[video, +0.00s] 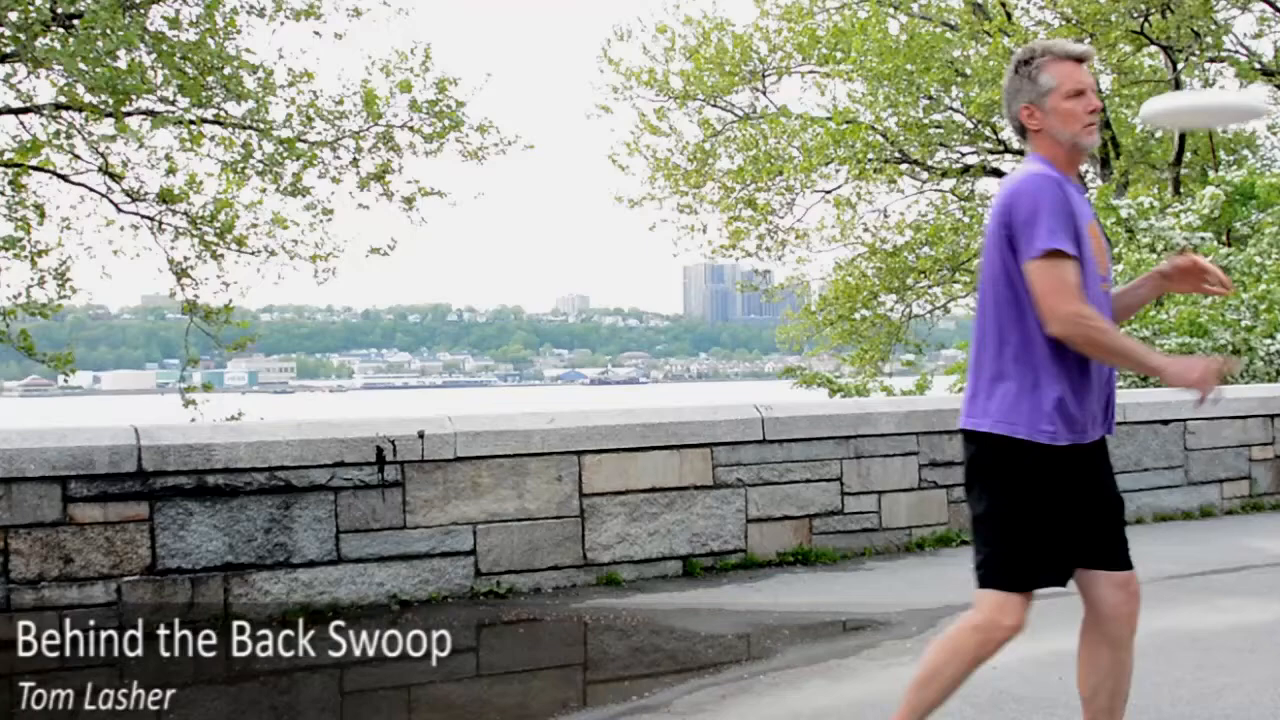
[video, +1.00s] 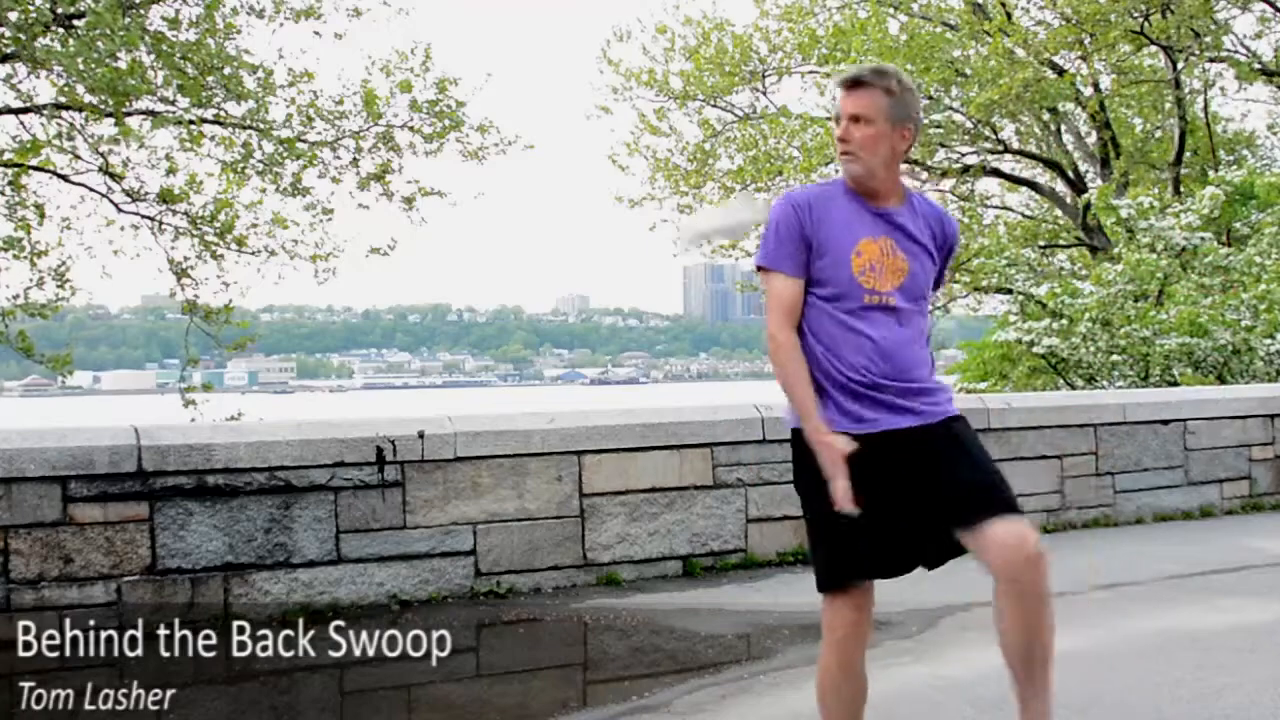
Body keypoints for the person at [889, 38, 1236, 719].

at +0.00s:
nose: (1094, 105)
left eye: (1093, 92)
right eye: (1075, 95)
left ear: (1094, 102)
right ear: (1032, 117)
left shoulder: (1070, 194)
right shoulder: (1034, 188)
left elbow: (1092, 314)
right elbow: (1063, 317)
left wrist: (1157, 281)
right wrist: (1168, 368)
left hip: (1075, 438)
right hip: (1013, 436)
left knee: (1115, 601)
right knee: (999, 614)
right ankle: (902, 714)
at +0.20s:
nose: (1051, 133)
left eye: (1053, 119)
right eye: (1039, 118)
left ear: (1014, 123)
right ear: (993, 119)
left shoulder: (1014, 215)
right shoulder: (956, 192)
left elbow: (1032, 341)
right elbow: (939, 315)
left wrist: (1124, 308)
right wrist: (1039, 400)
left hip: (1017, 444)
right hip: (944, 444)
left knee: (1081, 604)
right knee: (916, 622)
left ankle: (1095, 719)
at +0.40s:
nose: (1002, 173)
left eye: (1005, 159)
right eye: (993, 157)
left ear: (960, 156)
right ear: (947, 152)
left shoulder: (968, 254)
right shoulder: (882, 218)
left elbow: (973, 376)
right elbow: (826, 328)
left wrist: (1070, 430)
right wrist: (865, 444)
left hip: (953, 445)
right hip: (869, 454)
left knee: (1060, 560)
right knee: (877, 638)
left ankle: (1061, 716)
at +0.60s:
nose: (978, 211)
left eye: (984, 198)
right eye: (972, 193)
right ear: (925, 175)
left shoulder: (941, 272)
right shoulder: (854, 230)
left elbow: (945, 387)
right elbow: (785, 339)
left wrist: (1000, 491)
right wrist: (757, 453)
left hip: (908, 439)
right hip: (828, 457)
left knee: (1040, 475)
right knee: (848, 643)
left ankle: (1103, 681)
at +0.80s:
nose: (919, 187)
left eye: (931, 174)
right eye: (907, 169)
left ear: (941, 175)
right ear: (871, 160)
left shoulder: (931, 261)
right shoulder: (814, 230)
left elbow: (915, 368)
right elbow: (757, 338)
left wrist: (936, 448)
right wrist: (742, 449)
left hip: (909, 438)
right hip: (826, 454)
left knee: (1041, 477)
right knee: (846, 644)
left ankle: (1104, 684)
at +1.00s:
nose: (842, 135)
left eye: (859, 123)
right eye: (839, 122)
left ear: (903, 138)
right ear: (835, 130)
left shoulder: (938, 227)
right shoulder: (801, 210)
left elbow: (906, 327)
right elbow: (780, 332)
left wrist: (920, 408)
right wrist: (819, 435)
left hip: (928, 425)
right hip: (835, 435)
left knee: (1021, 555)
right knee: (847, 620)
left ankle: (1036, 715)